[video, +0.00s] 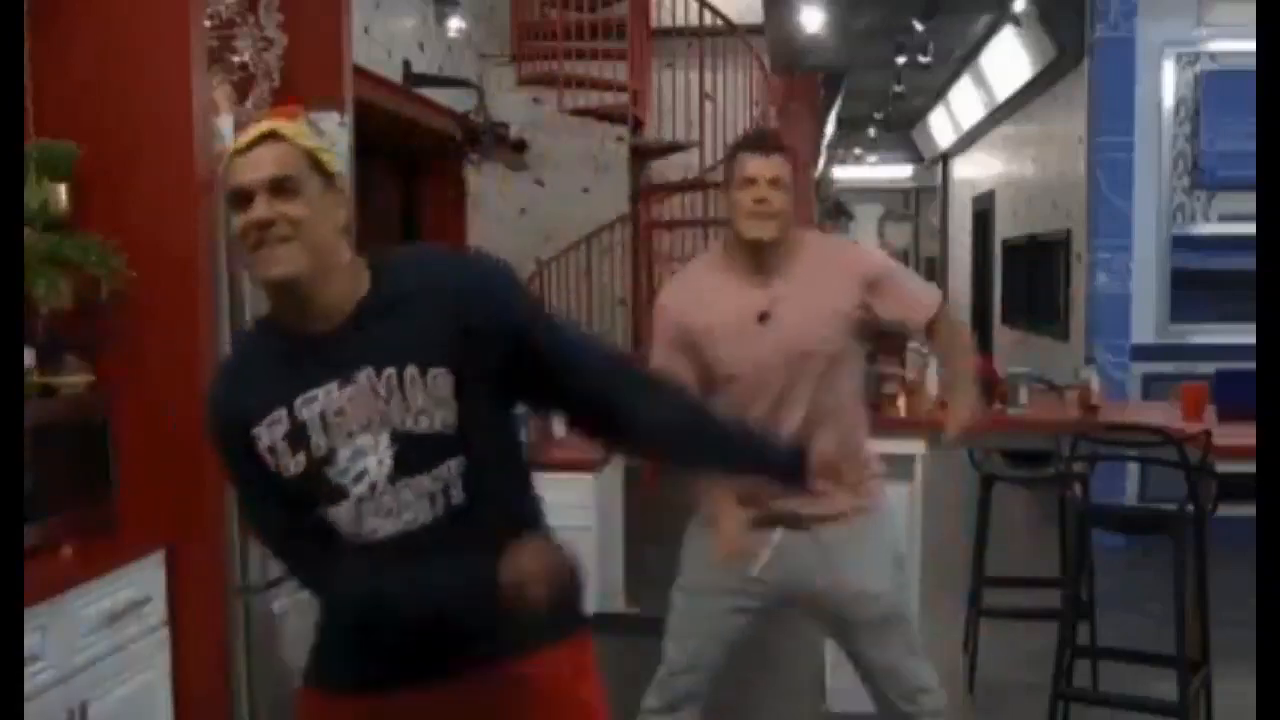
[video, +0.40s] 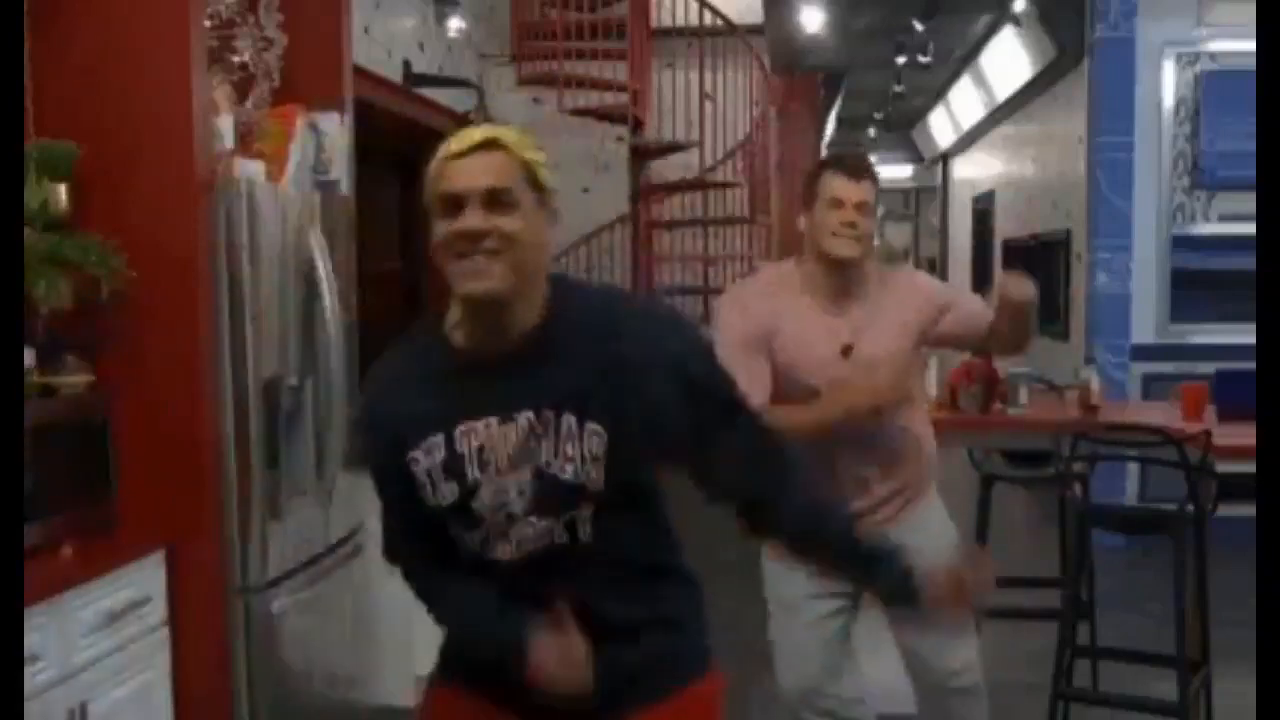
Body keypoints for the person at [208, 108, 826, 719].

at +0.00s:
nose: (260, 214)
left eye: (283, 191)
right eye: (241, 203)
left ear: (339, 204)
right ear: (231, 232)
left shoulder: (454, 291)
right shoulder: (240, 397)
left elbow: (616, 399)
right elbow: (332, 575)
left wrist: (785, 460)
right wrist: (491, 576)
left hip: (524, 657)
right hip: (364, 680)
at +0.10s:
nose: (294, 216)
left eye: (317, 191)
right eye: (274, 202)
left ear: (372, 197)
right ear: (265, 227)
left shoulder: (490, 267)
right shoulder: (278, 391)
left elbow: (653, 334)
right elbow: (365, 566)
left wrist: (829, 368)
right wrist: (473, 484)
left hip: (559, 656)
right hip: (404, 672)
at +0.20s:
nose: (345, 232)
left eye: (367, 207)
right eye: (324, 219)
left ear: (420, 217)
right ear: (313, 247)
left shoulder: (527, 284)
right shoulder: (320, 419)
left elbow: (681, 309)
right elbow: (388, 583)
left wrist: (843, 319)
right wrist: (456, 462)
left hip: (596, 674)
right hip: (442, 686)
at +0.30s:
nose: (425, 238)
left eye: (449, 215)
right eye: (404, 225)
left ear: (502, 230)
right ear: (386, 253)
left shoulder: (597, 317)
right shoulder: (382, 423)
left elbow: (747, 383)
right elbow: (428, 611)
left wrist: (881, 421)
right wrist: (501, 538)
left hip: (641, 669)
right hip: (491, 684)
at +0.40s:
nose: (473, 225)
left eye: (499, 204)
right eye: (450, 209)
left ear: (546, 221)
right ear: (430, 234)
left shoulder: (635, 340)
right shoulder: (398, 390)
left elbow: (759, 477)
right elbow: (419, 555)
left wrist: (903, 579)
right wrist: (516, 639)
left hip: (647, 667)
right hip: (484, 676)